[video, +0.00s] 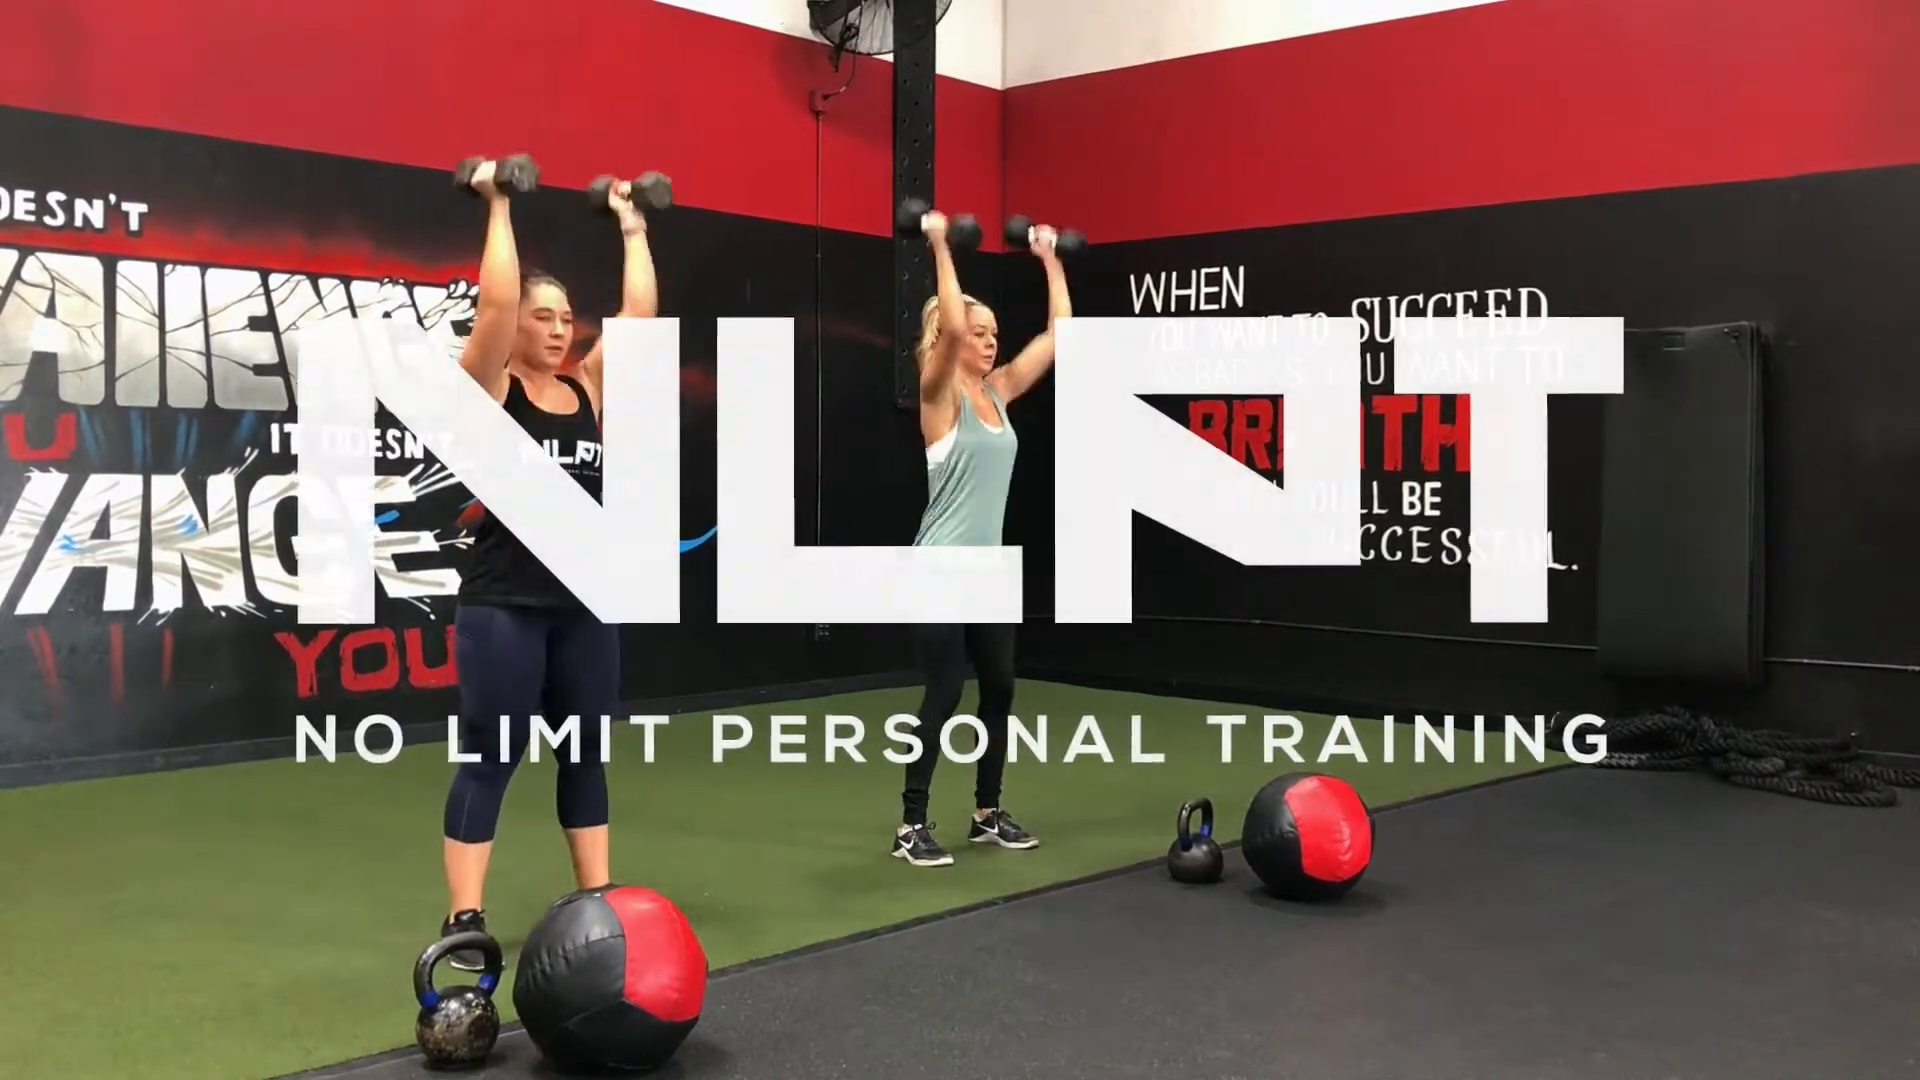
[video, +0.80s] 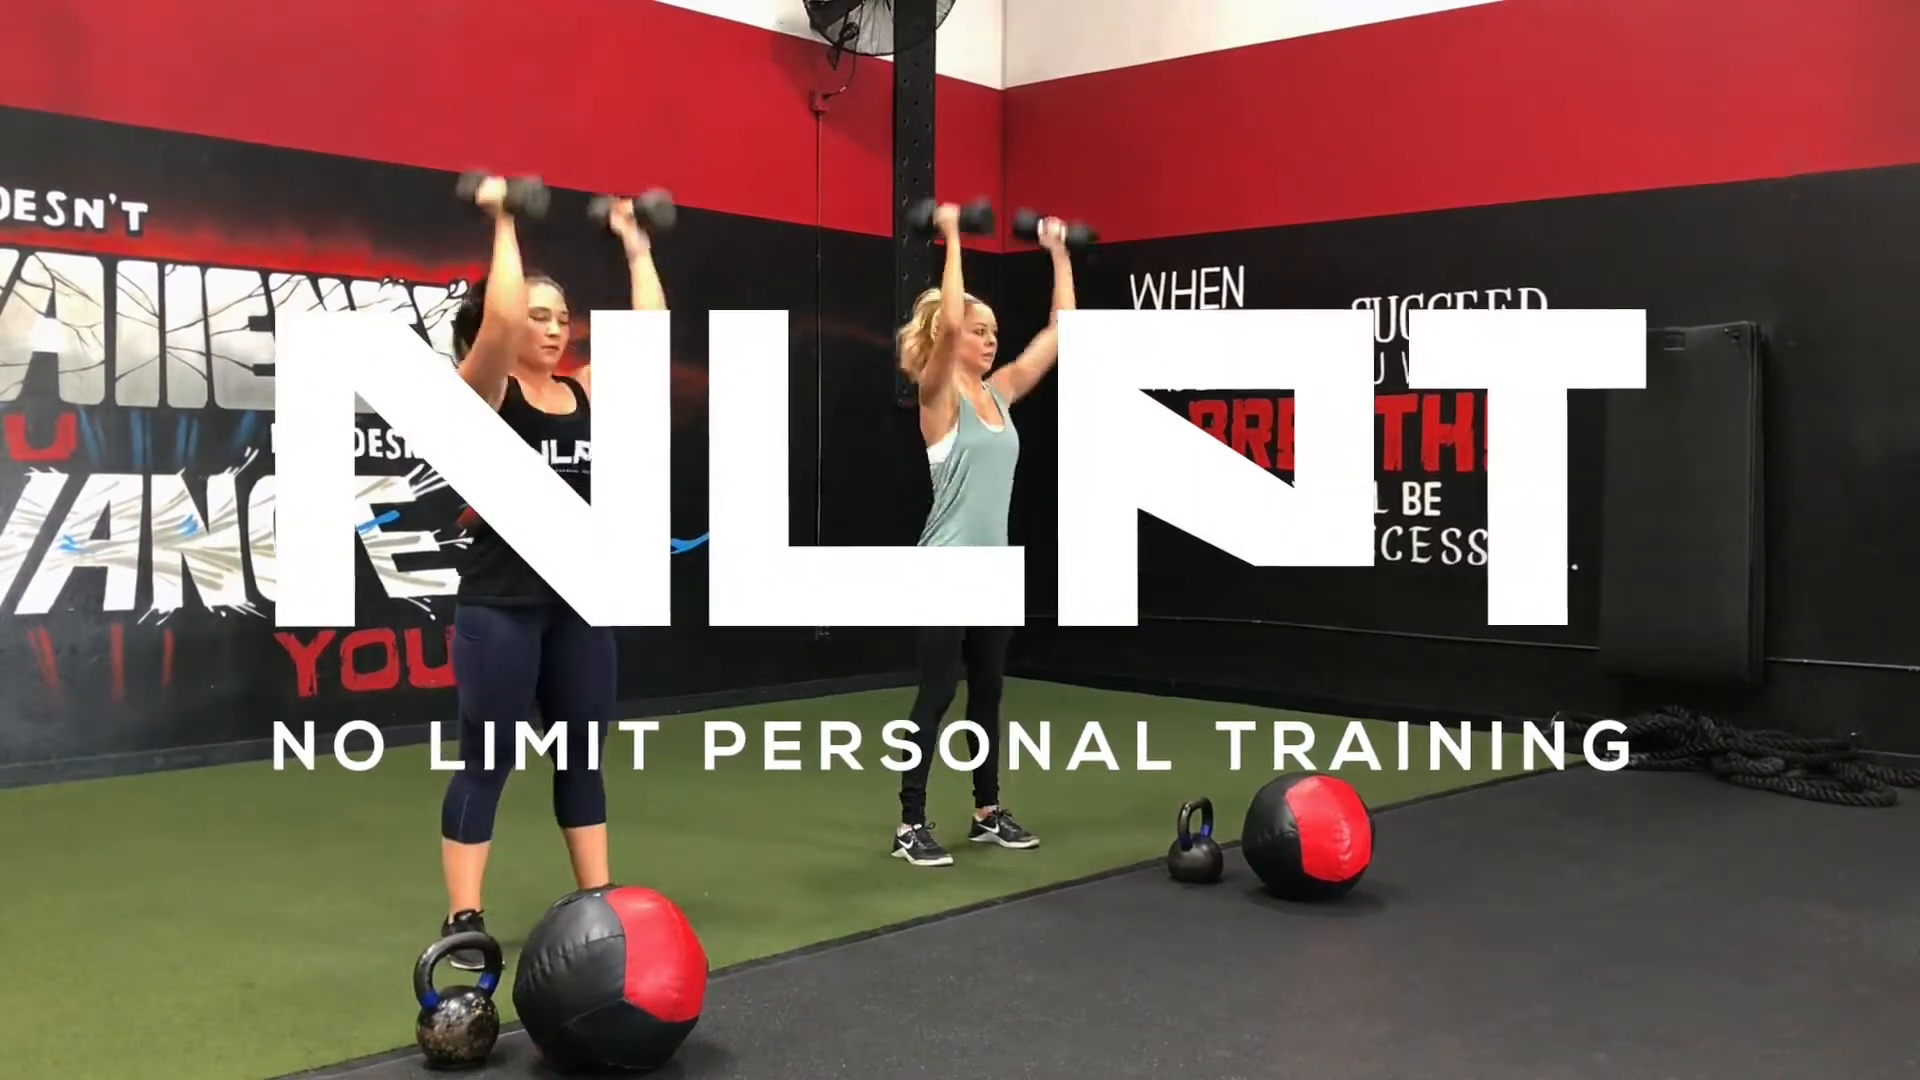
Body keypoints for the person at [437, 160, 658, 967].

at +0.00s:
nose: (556, 327)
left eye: (564, 316)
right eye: (541, 314)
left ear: (577, 326)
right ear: (510, 319)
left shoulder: (593, 386)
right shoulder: (486, 387)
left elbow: (639, 312)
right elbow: (499, 306)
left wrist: (631, 223)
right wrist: (498, 202)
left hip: (587, 603)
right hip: (503, 605)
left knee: (586, 754)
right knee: (489, 756)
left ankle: (597, 909)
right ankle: (466, 923)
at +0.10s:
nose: (560, 334)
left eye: (568, 322)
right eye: (543, 322)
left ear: (577, 332)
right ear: (511, 332)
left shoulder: (592, 407)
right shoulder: (491, 400)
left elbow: (671, 405)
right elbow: (496, 389)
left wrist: (645, 320)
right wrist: (497, 299)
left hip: (574, 606)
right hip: (488, 607)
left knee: (594, 747)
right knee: (491, 753)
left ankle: (599, 910)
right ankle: (466, 923)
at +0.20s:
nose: (574, 402)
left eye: (579, 391)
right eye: (558, 391)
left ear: (588, 402)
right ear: (519, 402)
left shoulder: (589, 472)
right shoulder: (489, 464)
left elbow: (623, 544)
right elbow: (500, 552)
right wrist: (526, 466)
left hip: (548, 637)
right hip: (469, 638)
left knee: (620, 744)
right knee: (489, 761)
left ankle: (596, 904)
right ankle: (465, 921)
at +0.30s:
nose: (573, 498)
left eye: (583, 486)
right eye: (561, 486)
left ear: (596, 496)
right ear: (531, 492)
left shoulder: (605, 555)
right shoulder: (493, 557)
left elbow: (635, 658)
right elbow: (500, 667)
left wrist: (628, 554)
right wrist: (508, 568)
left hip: (540, 699)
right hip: (455, 698)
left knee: (639, 763)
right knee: (491, 786)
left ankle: (598, 910)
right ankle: (464, 928)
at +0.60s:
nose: (577, 421)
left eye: (580, 409)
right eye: (561, 410)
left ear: (587, 420)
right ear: (522, 422)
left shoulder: (584, 486)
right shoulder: (490, 484)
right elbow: (509, 579)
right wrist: (538, 494)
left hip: (547, 649)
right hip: (467, 652)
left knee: (629, 753)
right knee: (492, 768)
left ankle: (598, 908)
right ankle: (464, 927)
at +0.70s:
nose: (565, 354)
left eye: (569, 341)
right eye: (552, 341)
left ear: (574, 348)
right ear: (515, 348)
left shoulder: (589, 418)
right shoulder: (483, 417)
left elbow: (671, 451)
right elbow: (503, 452)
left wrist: (650, 381)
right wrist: (507, 361)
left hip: (566, 606)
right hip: (482, 609)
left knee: (604, 742)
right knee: (491, 756)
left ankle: (598, 909)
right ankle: (465, 926)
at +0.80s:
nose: (552, 324)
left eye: (561, 313)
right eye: (537, 313)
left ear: (573, 326)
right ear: (505, 324)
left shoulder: (593, 392)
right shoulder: (484, 392)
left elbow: (648, 335)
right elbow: (501, 318)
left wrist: (637, 247)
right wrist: (503, 221)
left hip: (582, 603)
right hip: (498, 607)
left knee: (583, 758)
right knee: (486, 762)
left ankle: (599, 910)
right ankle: (466, 924)